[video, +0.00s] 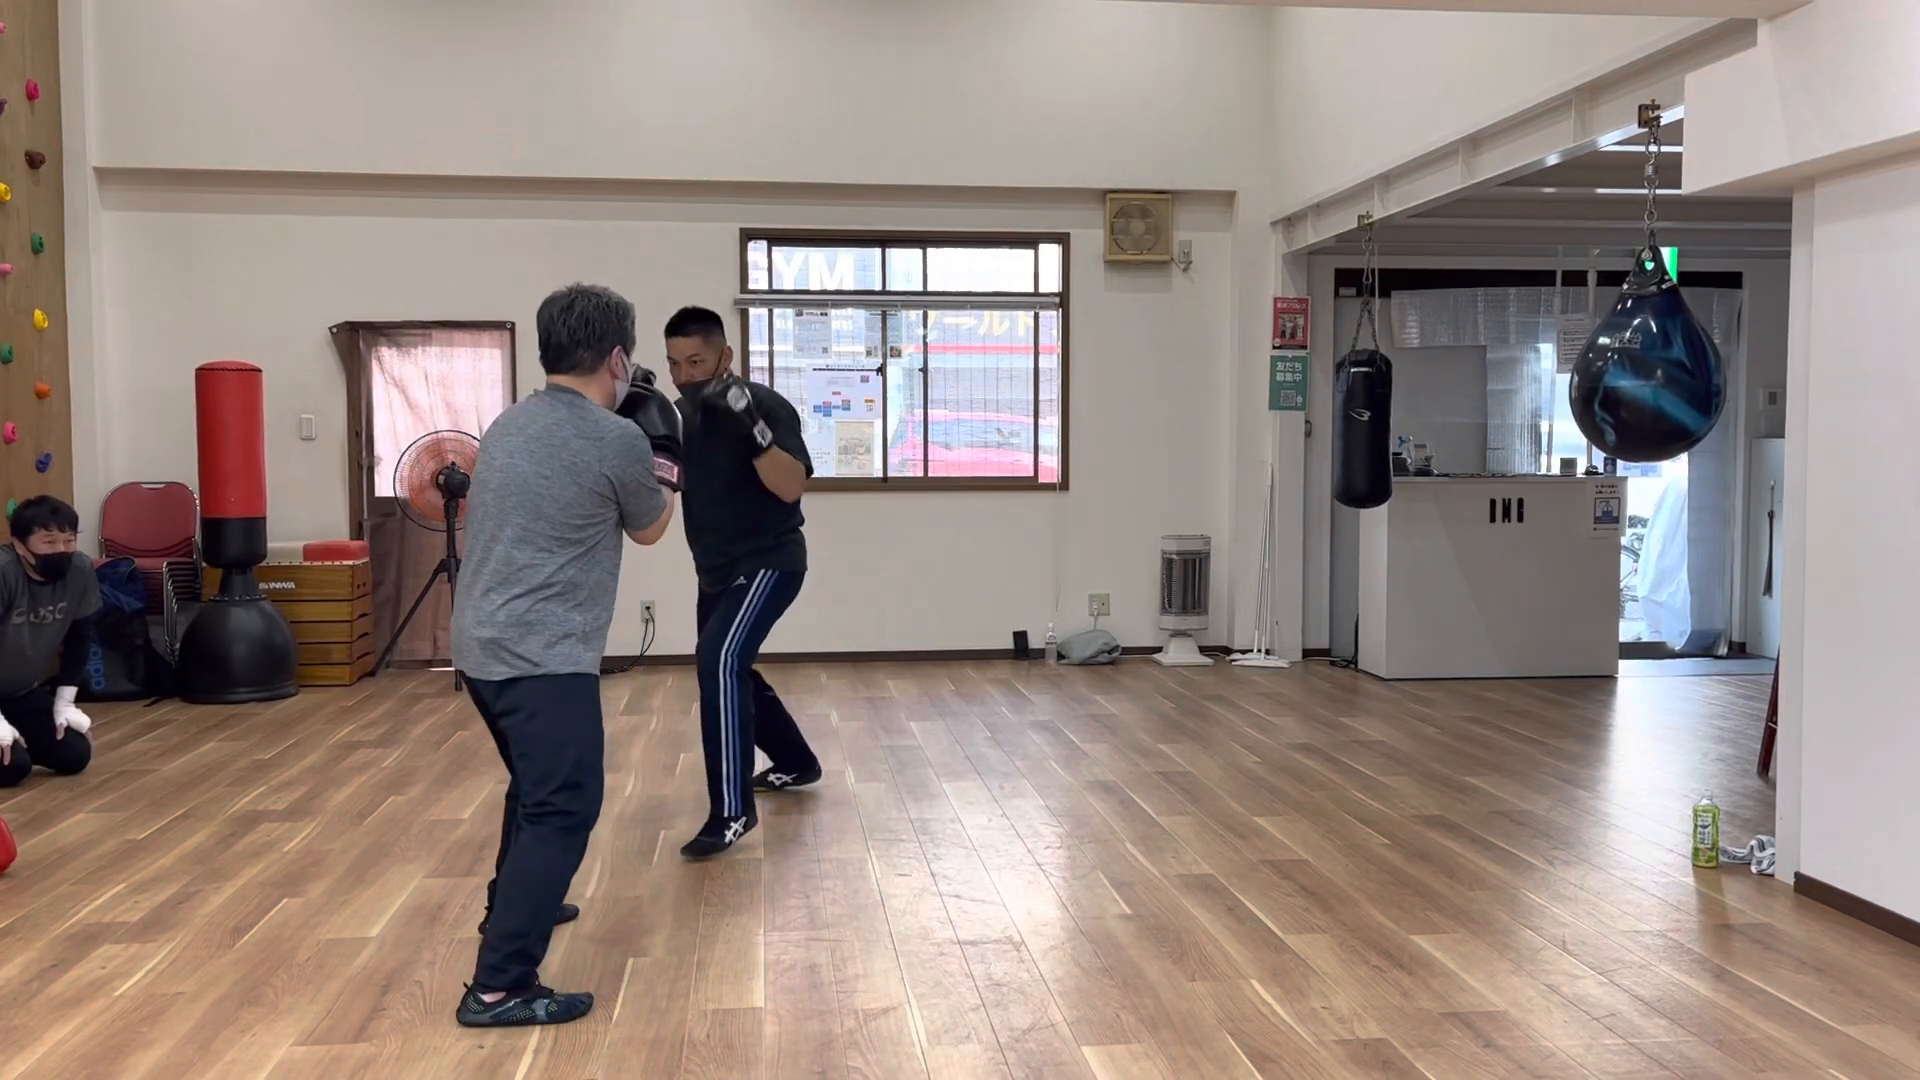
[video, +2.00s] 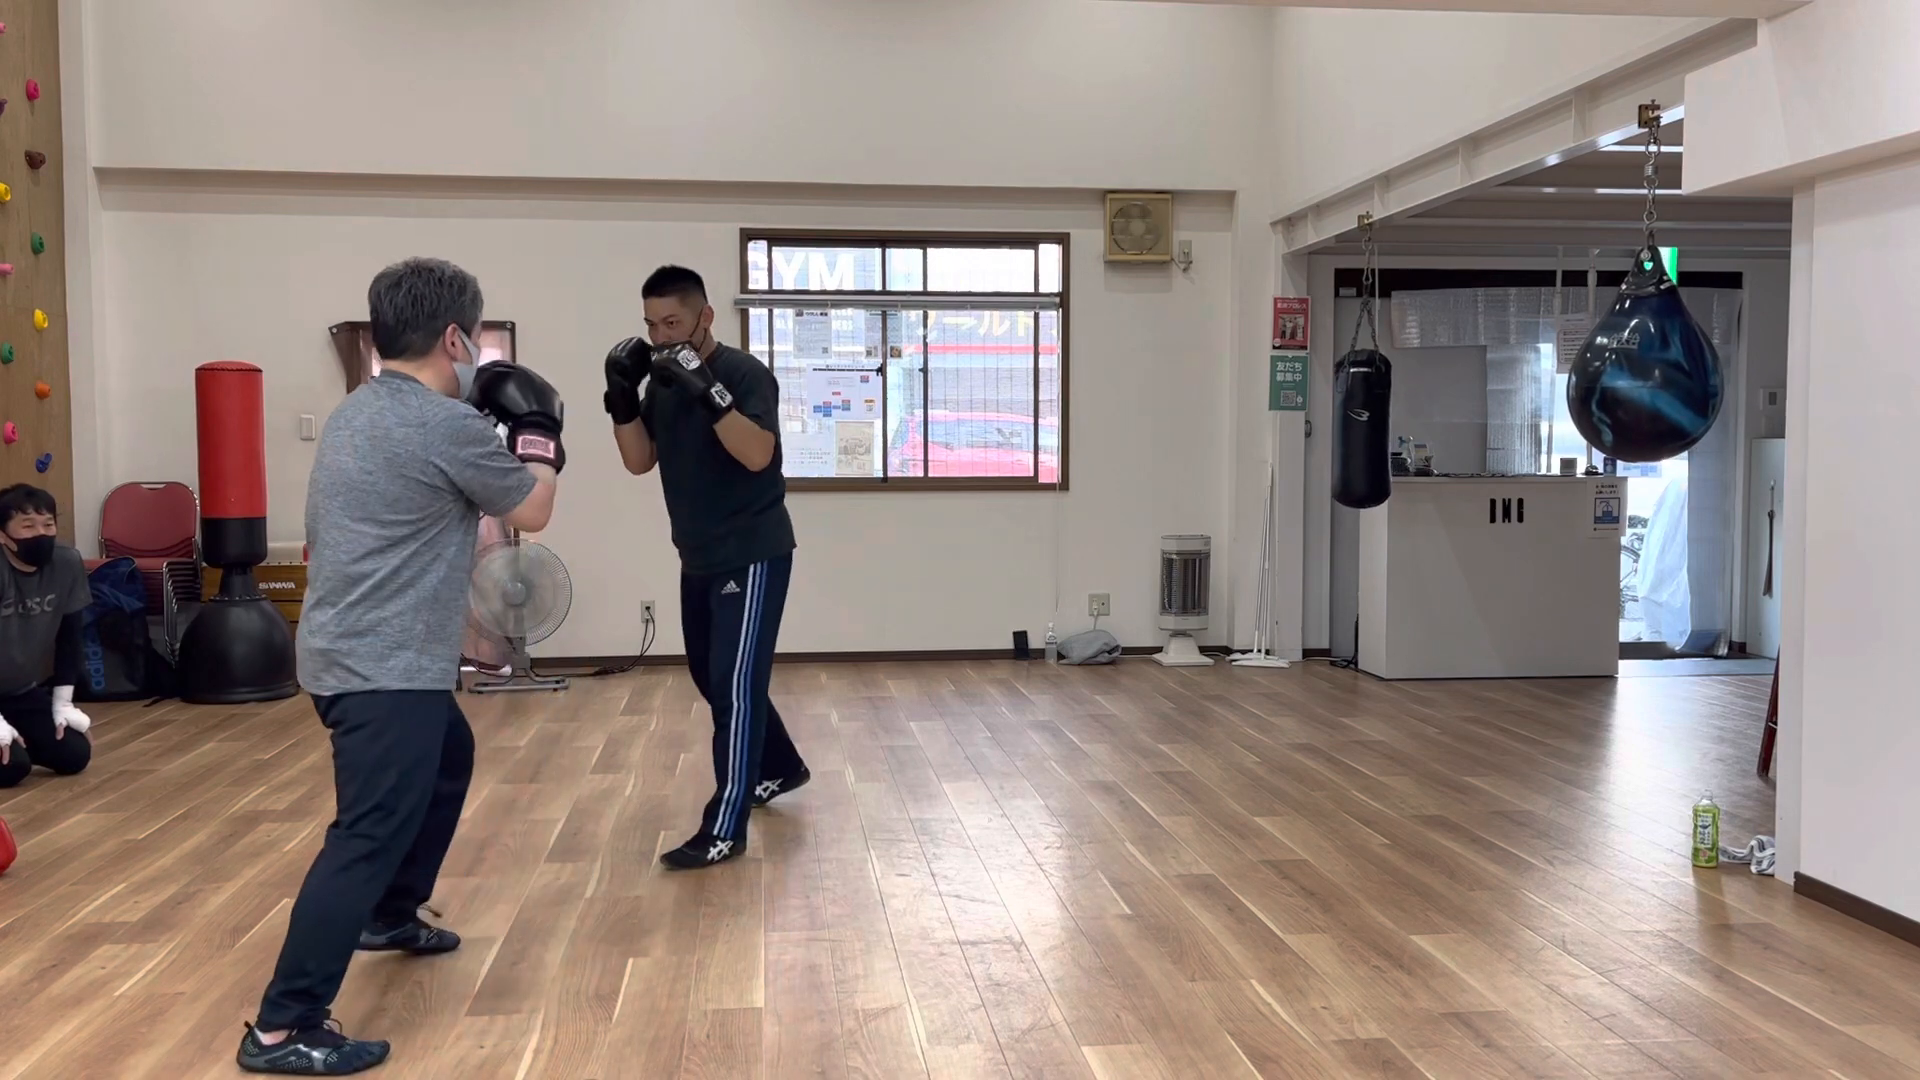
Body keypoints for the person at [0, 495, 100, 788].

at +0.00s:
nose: (61, 551)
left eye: (68, 541)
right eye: (49, 542)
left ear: (75, 540)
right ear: (19, 545)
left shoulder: (79, 570)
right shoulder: (6, 573)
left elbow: (79, 639)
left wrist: (65, 701)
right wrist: (1, 721)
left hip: (29, 690)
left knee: (73, 756)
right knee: (14, 766)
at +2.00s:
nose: (41, 534)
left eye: (48, 524)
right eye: (28, 526)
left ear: (56, 527)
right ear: (5, 537)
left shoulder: (67, 562)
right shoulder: (3, 571)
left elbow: (70, 637)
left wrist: (62, 702)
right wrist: (1, 722)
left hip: (29, 692)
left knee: (74, 757)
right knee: (13, 767)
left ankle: (15, 732)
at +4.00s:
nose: (6, 506)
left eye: (12, 498)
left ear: (20, 503)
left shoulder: (30, 552)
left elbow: (61, 616)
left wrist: (48, 678)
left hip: (16, 692)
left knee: (75, 756)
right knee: (2, 767)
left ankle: (2, 741)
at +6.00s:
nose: (14, 527)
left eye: (22, 518)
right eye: (4, 519)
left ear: (32, 520)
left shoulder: (37, 554)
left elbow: (67, 612)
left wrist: (54, 683)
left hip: (15, 693)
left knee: (74, 756)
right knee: (4, 768)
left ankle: (3, 742)